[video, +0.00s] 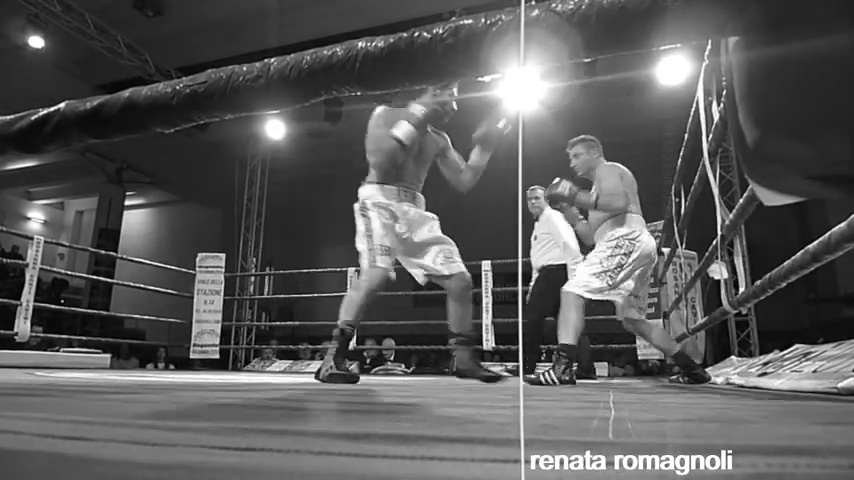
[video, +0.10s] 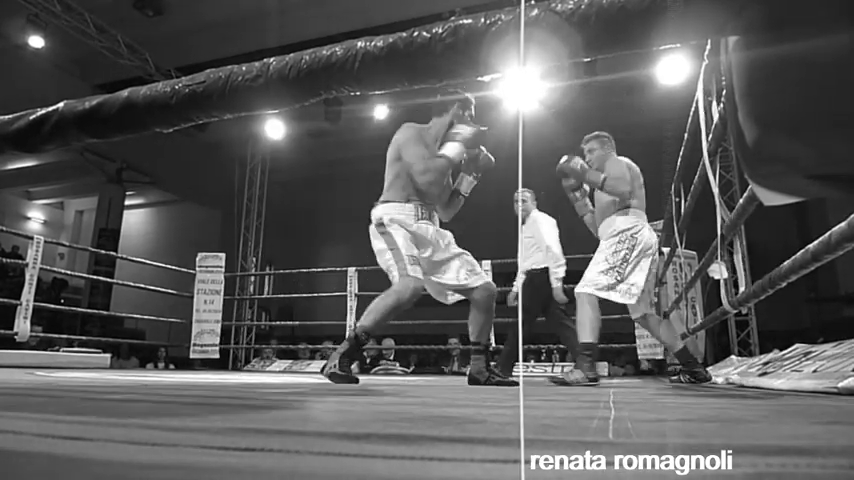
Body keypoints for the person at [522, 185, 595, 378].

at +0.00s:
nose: (533, 203)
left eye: (537, 198)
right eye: (530, 199)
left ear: (546, 200)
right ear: (527, 203)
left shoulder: (553, 216)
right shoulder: (539, 224)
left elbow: (569, 241)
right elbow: (538, 260)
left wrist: (576, 271)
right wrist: (533, 284)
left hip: (555, 271)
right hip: (546, 272)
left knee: (532, 317)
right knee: (568, 318)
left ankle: (528, 365)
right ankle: (586, 366)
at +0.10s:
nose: (520, 205)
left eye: (524, 201)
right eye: (517, 202)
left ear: (534, 203)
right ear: (514, 206)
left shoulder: (543, 221)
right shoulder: (524, 227)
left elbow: (554, 251)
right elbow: (524, 262)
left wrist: (557, 283)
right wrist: (516, 288)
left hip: (541, 275)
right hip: (531, 276)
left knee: (519, 324)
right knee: (560, 322)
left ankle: (503, 369)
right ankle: (584, 364)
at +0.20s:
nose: (509, 207)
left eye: (513, 203)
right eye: (506, 203)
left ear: (523, 205)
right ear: (503, 206)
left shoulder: (529, 222)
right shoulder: (516, 227)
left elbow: (539, 254)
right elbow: (515, 262)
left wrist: (540, 288)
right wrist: (506, 286)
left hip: (528, 275)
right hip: (521, 275)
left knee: (515, 324)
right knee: (549, 320)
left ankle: (503, 370)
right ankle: (579, 362)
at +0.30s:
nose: (498, 205)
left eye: (503, 202)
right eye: (495, 202)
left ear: (512, 204)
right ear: (493, 206)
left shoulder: (518, 221)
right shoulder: (507, 224)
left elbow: (523, 253)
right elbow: (508, 257)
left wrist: (520, 285)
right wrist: (500, 281)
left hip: (521, 273)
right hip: (511, 273)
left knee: (509, 322)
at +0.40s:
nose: (486, 203)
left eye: (490, 200)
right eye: (483, 200)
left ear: (500, 202)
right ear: (481, 204)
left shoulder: (506, 220)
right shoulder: (493, 222)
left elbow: (505, 252)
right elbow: (494, 252)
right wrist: (486, 277)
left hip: (508, 270)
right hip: (498, 270)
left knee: (498, 314)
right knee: (497, 315)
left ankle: (503, 362)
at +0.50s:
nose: (477, 203)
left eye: (482, 200)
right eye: (475, 200)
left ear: (491, 202)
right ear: (473, 203)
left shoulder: (500, 221)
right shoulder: (484, 223)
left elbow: (498, 253)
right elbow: (486, 253)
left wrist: (473, 272)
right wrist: (475, 272)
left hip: (499, 272)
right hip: (485, 273)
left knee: (496, 316)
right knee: (474, 314)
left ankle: (503, 364)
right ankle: (495, 352)